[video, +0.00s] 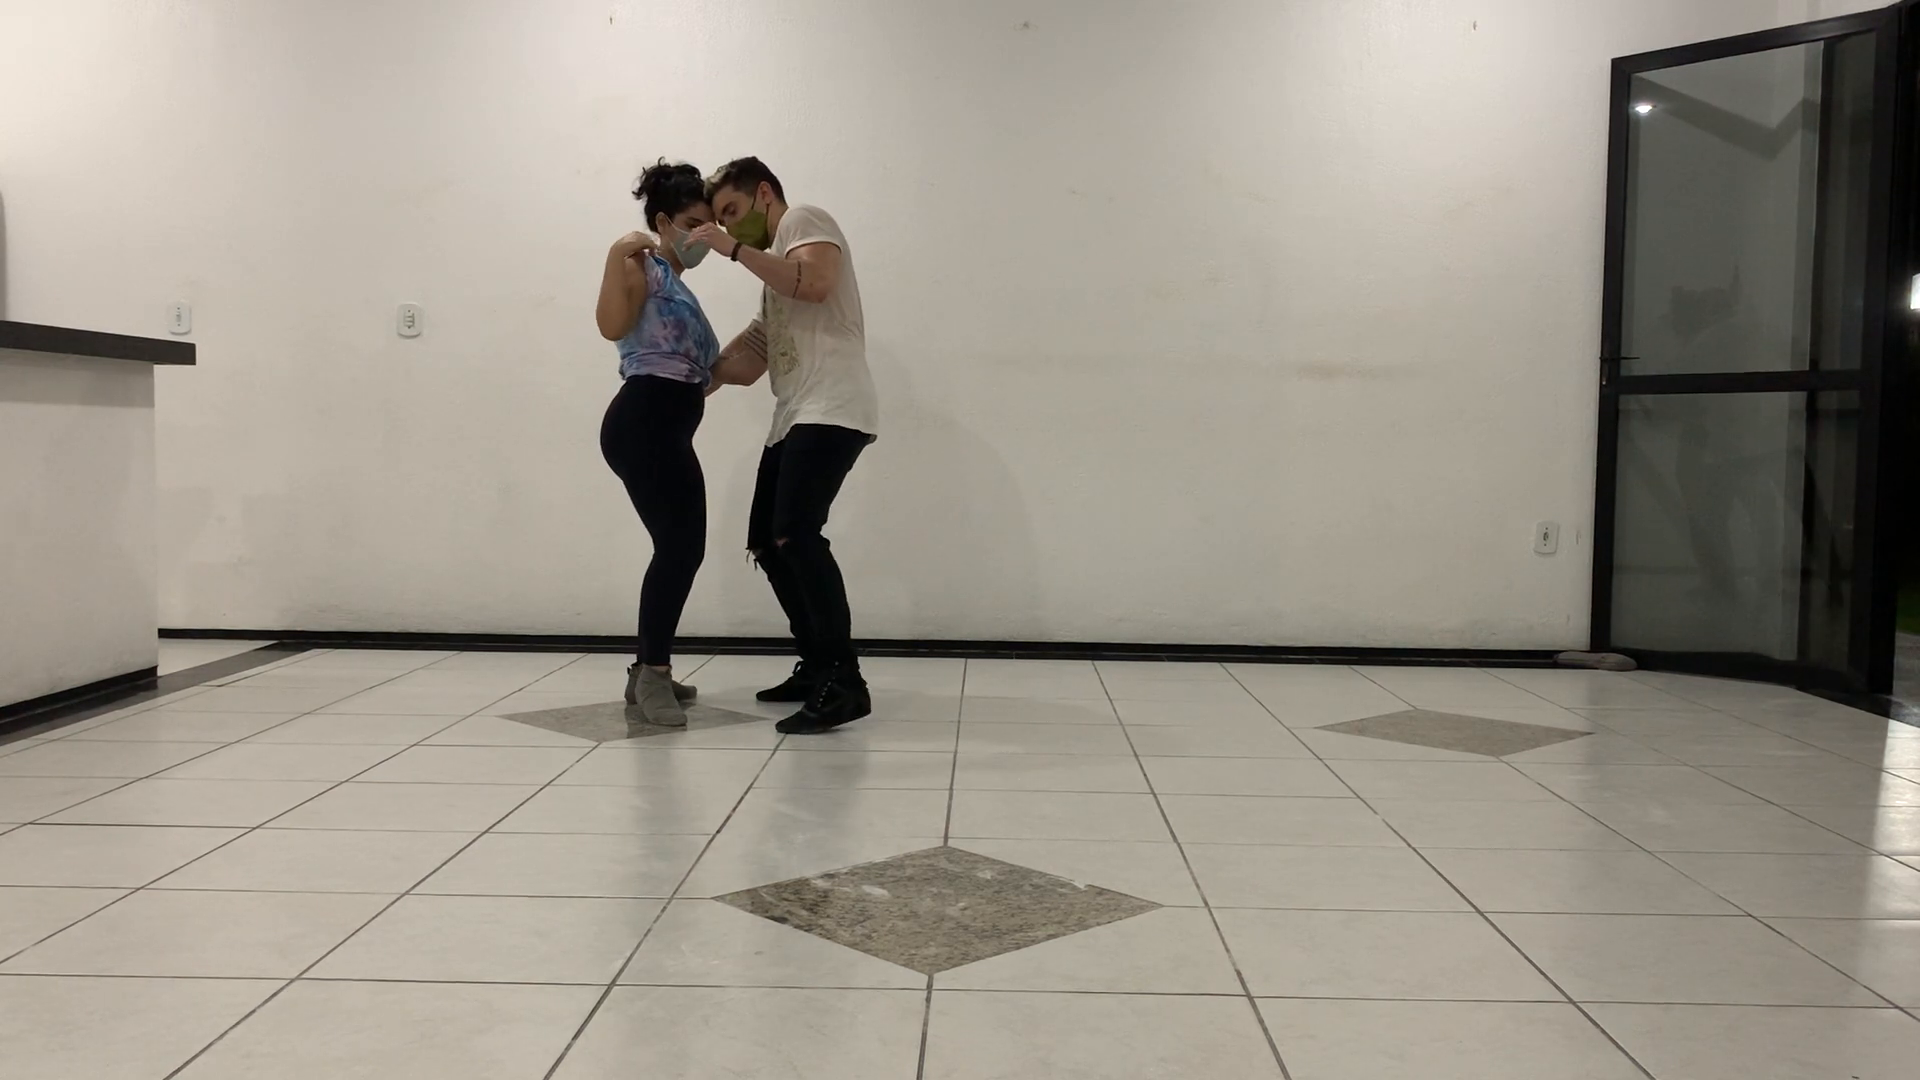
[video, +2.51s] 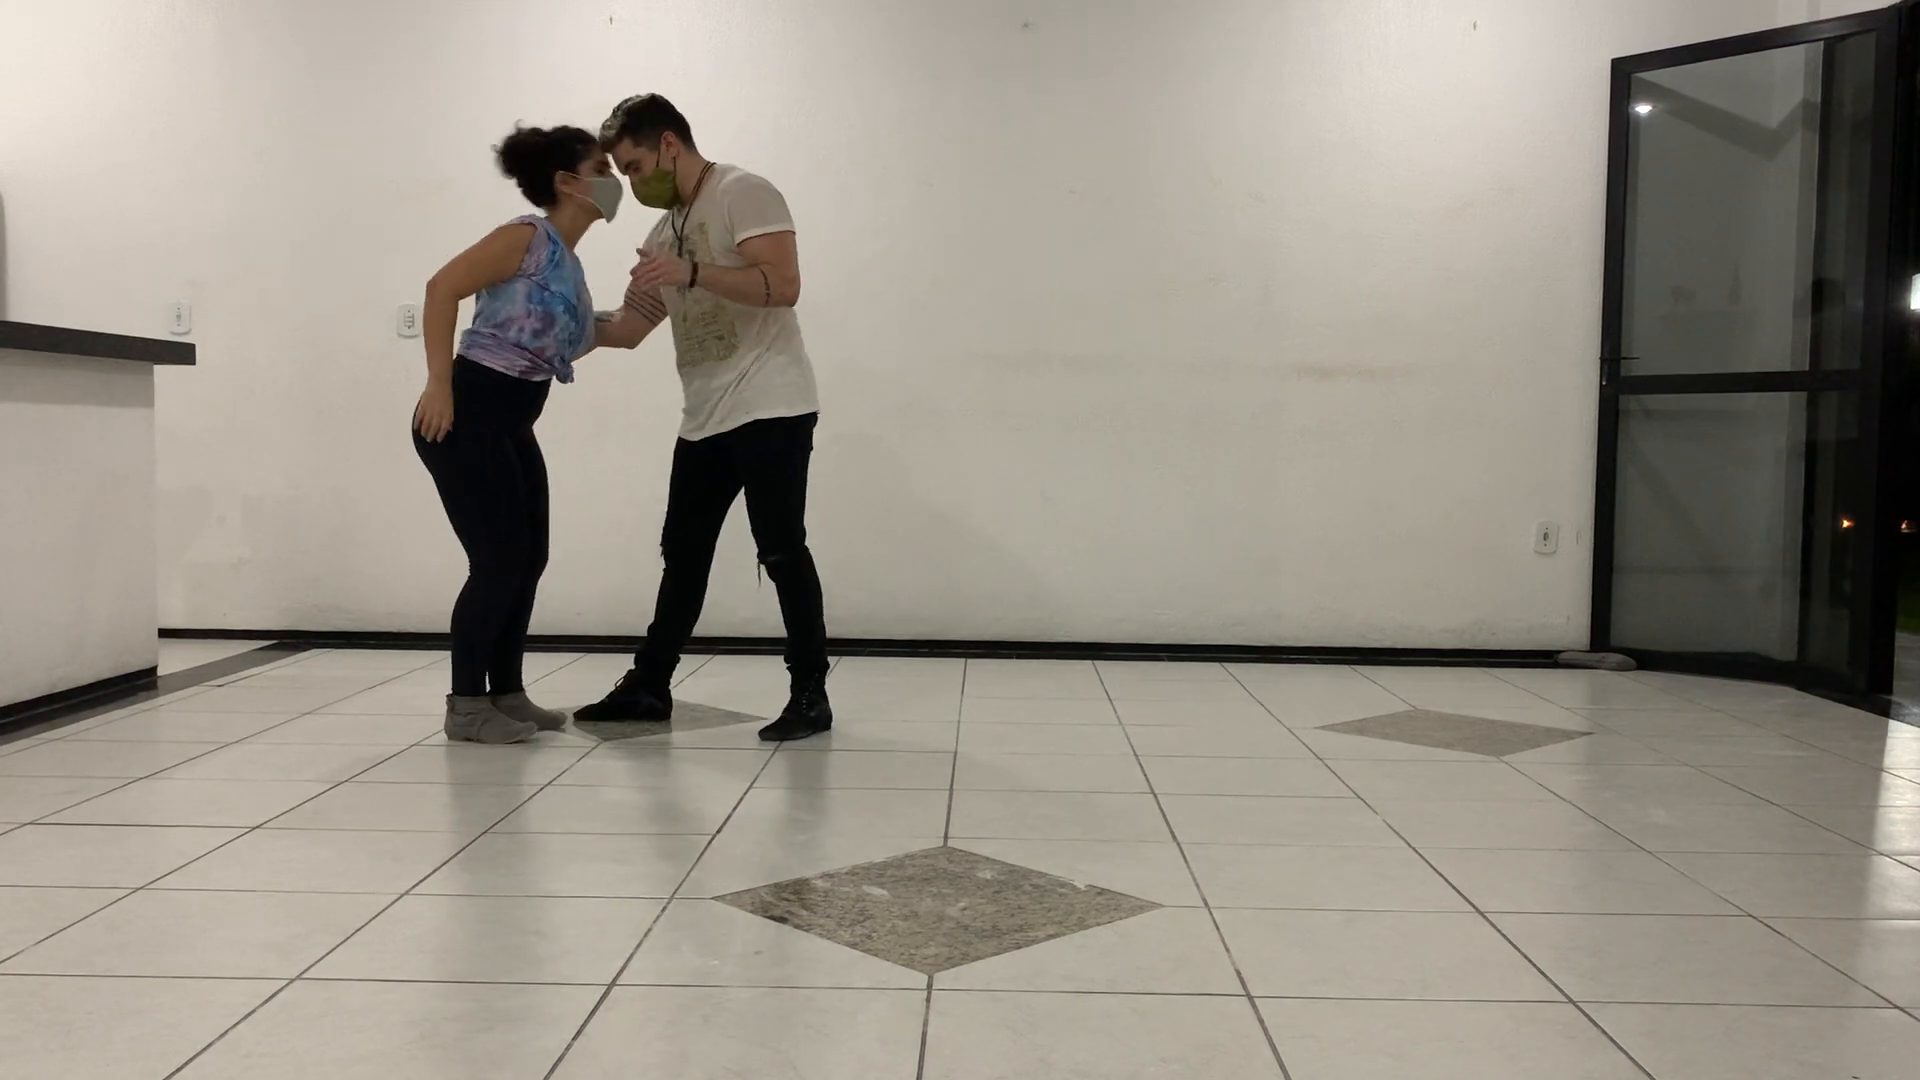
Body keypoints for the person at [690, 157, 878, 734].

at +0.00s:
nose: (730, 231)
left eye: (732, 214)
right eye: (722, 222)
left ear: (766, 194)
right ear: (748, 214)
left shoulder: (808, 220)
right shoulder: (775, 285)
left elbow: (812, 284)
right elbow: (744, 364)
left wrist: (735, 249)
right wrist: (682, 362)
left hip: (834, 406)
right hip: (794, 415)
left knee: (795, 532)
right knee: (767, 541)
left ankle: (845, 682)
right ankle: (816, 665)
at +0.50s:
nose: (726, 206)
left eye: (728, 191)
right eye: (720, 198)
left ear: (761, 174)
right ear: (763, 181)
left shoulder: (797, 212)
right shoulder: (789, 228)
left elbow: (784, 293)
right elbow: (760, 335)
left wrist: (706, 250)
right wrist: (689, 324)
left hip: (839, 397)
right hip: (828, 399)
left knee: (784, 523)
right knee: (794, 527)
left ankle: (821, 678)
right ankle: (816, 669)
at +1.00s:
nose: (721, 196)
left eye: (719, 181)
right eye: (714, 188)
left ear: (749, 157)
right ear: (756, 160)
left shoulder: (794, 194)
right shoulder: (797, 208)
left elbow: (772, 283)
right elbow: (746, 318)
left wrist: (692, 233)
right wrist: (675, 339)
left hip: (841, 396)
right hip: (853, 396)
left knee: (807, 537)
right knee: (833, 537)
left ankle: (823, 696)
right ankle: (817, 678)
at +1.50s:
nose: (694, 204)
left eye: (694, 188)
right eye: (688, 195)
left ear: (727, 164)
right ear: (726, 172)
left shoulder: (784, 197)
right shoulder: (760, 242)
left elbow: (793, 284)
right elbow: (682, 309)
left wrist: (698, 253)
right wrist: (592, 315)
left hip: (867, 395)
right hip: (878, 394)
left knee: (851, 548)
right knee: (892, 543)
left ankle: (825, 700)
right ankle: (895, 696)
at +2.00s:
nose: (670, 201)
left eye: (671, 185)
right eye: (664, 191)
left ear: (704, 160)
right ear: (702, 168)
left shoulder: (773, 195)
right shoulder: (726, 240)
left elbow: (800, 280)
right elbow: (665, 328)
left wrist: (704, 246)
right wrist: (578, 347)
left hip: (836, 395)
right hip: (788, 401)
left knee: (798, 540)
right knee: (729, 512)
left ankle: (824, 702)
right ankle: (873, 496)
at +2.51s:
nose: (632, 185)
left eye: (635, 168)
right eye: (624, 174)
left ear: (671, 144)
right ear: (659, 155)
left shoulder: (744, 193)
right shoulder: (665, 235)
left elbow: (782, 286)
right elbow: (626, 328)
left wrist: (691, 272)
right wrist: (540, 318)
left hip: (773, 400)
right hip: (706, 414)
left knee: (781, 548)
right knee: (684, 547)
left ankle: (810, 696)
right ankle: (648, 687)